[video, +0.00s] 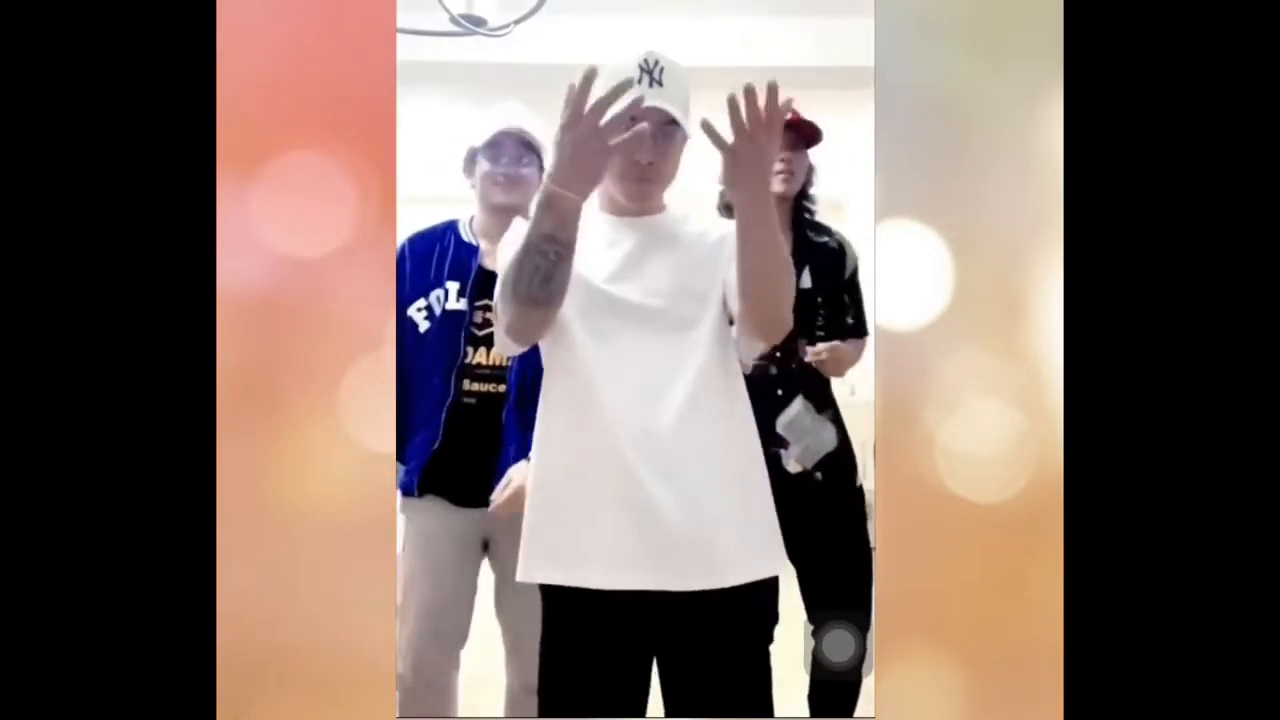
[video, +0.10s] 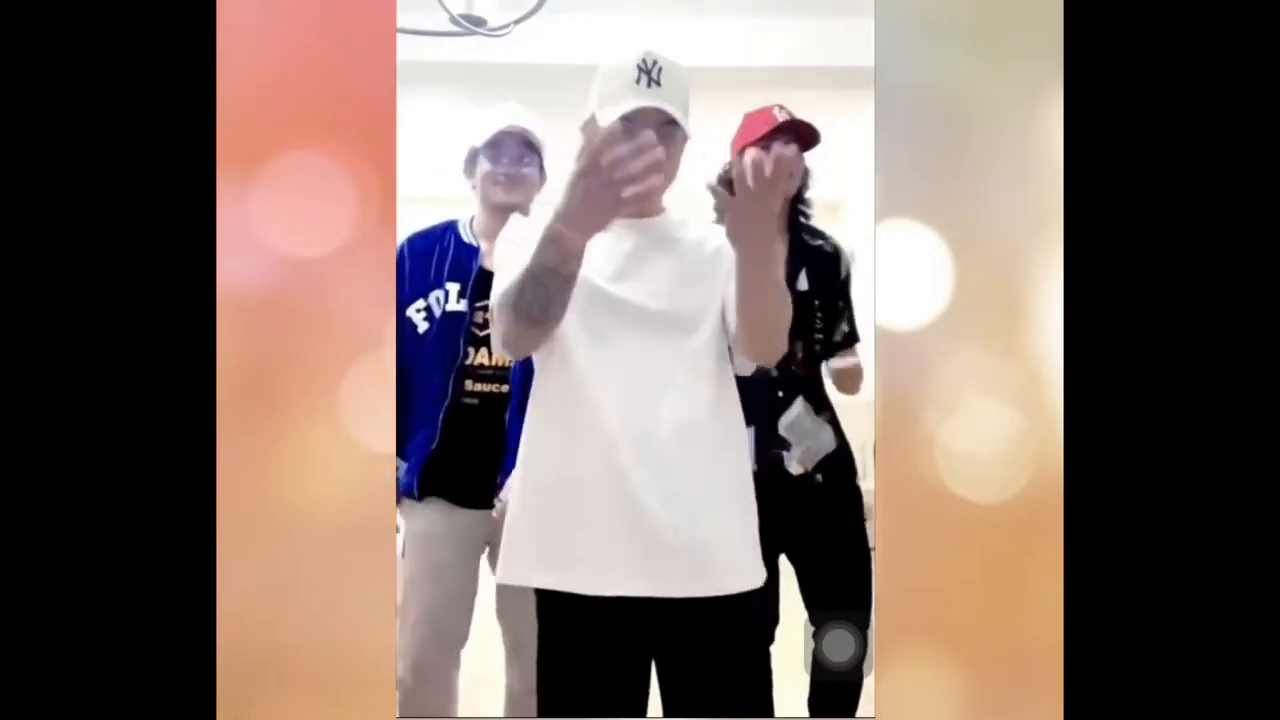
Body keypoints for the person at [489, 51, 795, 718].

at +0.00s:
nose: (645, 145)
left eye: (665, 129)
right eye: (628, 125)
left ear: (686, 144)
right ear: (598, 137)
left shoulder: (721, 242)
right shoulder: (552, 236)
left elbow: (768, 326)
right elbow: (518, 326)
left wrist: (755, 191)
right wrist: (564, 188)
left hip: (719, 570)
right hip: (588, 571)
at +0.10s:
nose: (648, 148)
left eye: (666, 130)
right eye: (629, 128)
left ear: (684, 145)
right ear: (592, 140)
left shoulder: (717, 246)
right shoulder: (539, 233)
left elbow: (765, 349)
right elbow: (514, 339)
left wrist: (762, 239)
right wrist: (572, 225)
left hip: (713, 570)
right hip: (580, 571)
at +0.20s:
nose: (645, 155)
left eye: (664, 137)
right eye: (626, 134)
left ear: (686, 151)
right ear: (591, 146)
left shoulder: (725, 260)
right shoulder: (534, 245)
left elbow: (752, 398)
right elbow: (509, 366)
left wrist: (748, 341)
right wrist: (579, 324)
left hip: (705, 566)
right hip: (577, 568)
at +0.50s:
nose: (649, 168)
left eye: (667, 148)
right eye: (629, 148)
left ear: (699, 161)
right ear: (603, 162)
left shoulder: (746, 281)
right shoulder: (552, 261)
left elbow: (751, 419)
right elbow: (508, 378)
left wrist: (721, 384)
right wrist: (553, 348)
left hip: (694, 572)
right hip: (561, 564)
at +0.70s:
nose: (651, 149)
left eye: (669, 127)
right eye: (631, 131)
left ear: (705, 137)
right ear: (611, 145)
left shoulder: (759, 242)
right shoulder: (581, 230)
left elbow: (772, 339)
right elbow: (529, 318)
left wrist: (732, 192)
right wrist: (551, 182)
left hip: (703, 570)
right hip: (568, 564)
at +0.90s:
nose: (655, 154)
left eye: (674, 133)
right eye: (636, 136)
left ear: (708, 143)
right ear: (614, 148)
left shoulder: (774, 239)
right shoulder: (588, 244)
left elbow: (801, 357)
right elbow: (541, 360)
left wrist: (725, 256)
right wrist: (560, 284)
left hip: (711, 574)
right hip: (582, 569)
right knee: (541, 716)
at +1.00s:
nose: (658, 164)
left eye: (677, 143)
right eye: (639, 144)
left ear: (707, 155)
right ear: (612, 158)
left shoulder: (773, 251)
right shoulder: (583, 267)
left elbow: (807, 396)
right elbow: (552, 402)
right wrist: (577, 362)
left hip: (723, 588)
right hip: (591, 586)